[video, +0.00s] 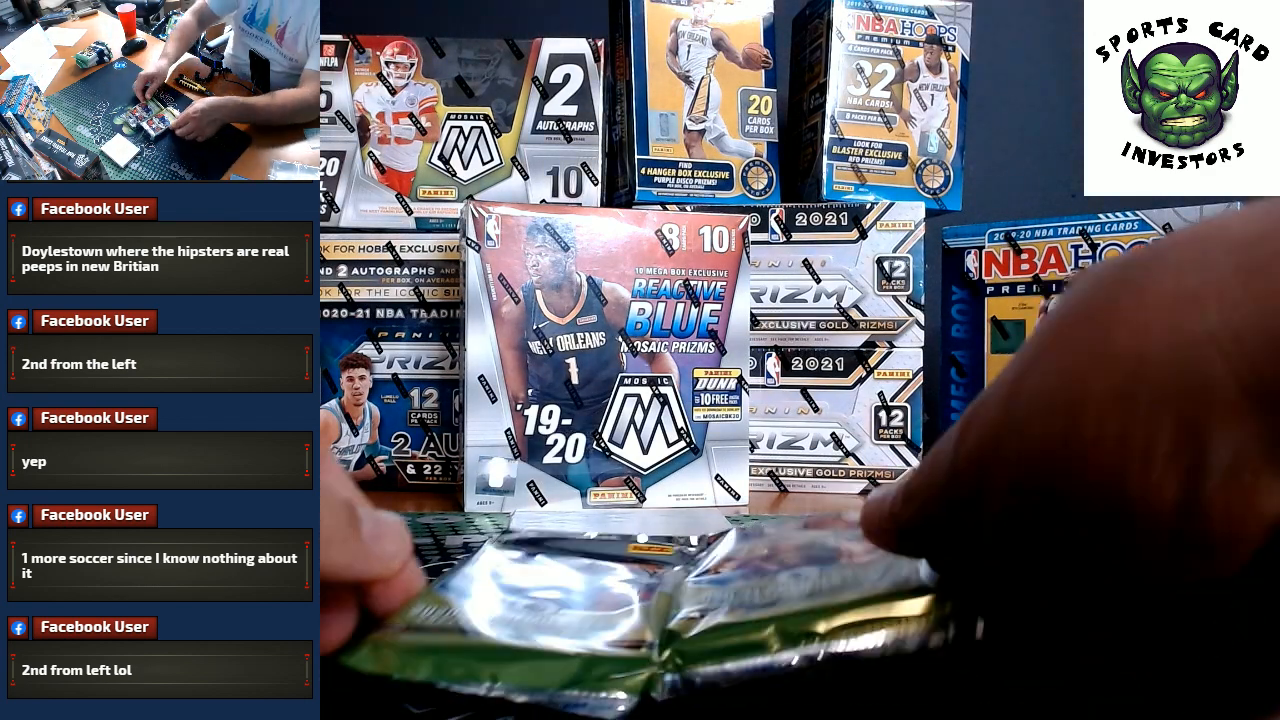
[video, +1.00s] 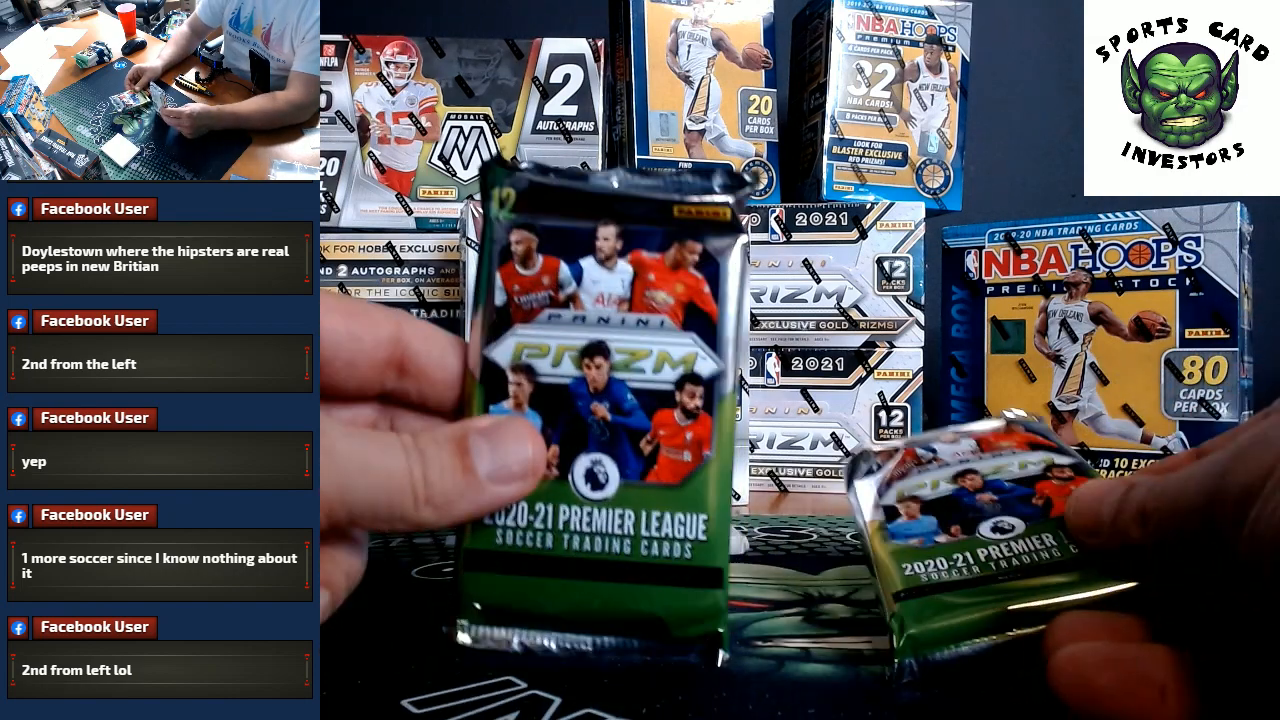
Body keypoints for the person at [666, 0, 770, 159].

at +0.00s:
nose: (697, 10)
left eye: (702, 7)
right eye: (695, 6)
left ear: (711, 12)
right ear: (691, 9)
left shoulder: (715, 34)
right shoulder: (678, 24)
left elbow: (739, 59)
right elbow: (670, 53)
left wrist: (764, 62)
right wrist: (678, 72)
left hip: (705, 87)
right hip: (692, 88)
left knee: (692, 141)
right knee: (725, 145)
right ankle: (767, 158)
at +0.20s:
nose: (697, 10)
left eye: (702, 7)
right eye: (695, 6)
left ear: (711, 12)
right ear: (691, 9)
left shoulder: (715, 34)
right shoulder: (678, 24)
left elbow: (739, 59)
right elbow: (670, 53)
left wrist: (764, 62)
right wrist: (678, 72)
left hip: (705, 87)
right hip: (692, 88)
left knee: (692, 141)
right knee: (725, 145)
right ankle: (767, 158)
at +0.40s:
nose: (697, 9)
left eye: (702, 6)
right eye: (695, 5)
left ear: (711, 11)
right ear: (691, 8)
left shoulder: (715, 34)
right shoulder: (678, 24)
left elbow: (739, 59)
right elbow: (670, 54)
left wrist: (764, 63)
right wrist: (678, 72)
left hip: (705, 87)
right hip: (692, 88)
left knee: (692, 141)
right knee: (725, 145)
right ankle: (765, 157)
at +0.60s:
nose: (697, 9)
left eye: (702, 6)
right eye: (695, 5)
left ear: (711, 11)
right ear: (691, 8)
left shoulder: (715, 34)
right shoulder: (678, 24)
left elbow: (739, 59)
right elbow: (670, 54)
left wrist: (764, 62)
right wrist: (678, 72)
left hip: (705, 87)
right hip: (692, 88)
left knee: (692, 141)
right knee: (725, 145)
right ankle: (765, 157)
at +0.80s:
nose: (697, 9)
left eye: (702, 6)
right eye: (695, 5)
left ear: (711, 11)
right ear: (691, 8)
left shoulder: (715, 34)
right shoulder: (678, 24)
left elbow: (739, 59)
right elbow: (670, 54)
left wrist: (764, 62)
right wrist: (678, 72)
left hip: (705, 87)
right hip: (692, 88)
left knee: (692, 141)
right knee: (725, 145)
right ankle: (765, 157)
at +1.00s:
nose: (697, 9)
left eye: (702, 6)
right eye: (695, 6)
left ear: (711, 11)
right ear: (692, 8)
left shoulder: (715, 34)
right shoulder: (678, 25)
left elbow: (739, 59)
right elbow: (670, 54)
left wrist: (764, 63)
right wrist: (678, 72)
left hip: (705, 87)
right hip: (692, 88)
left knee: (692, 141)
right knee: (725, 145)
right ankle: (762, 156)